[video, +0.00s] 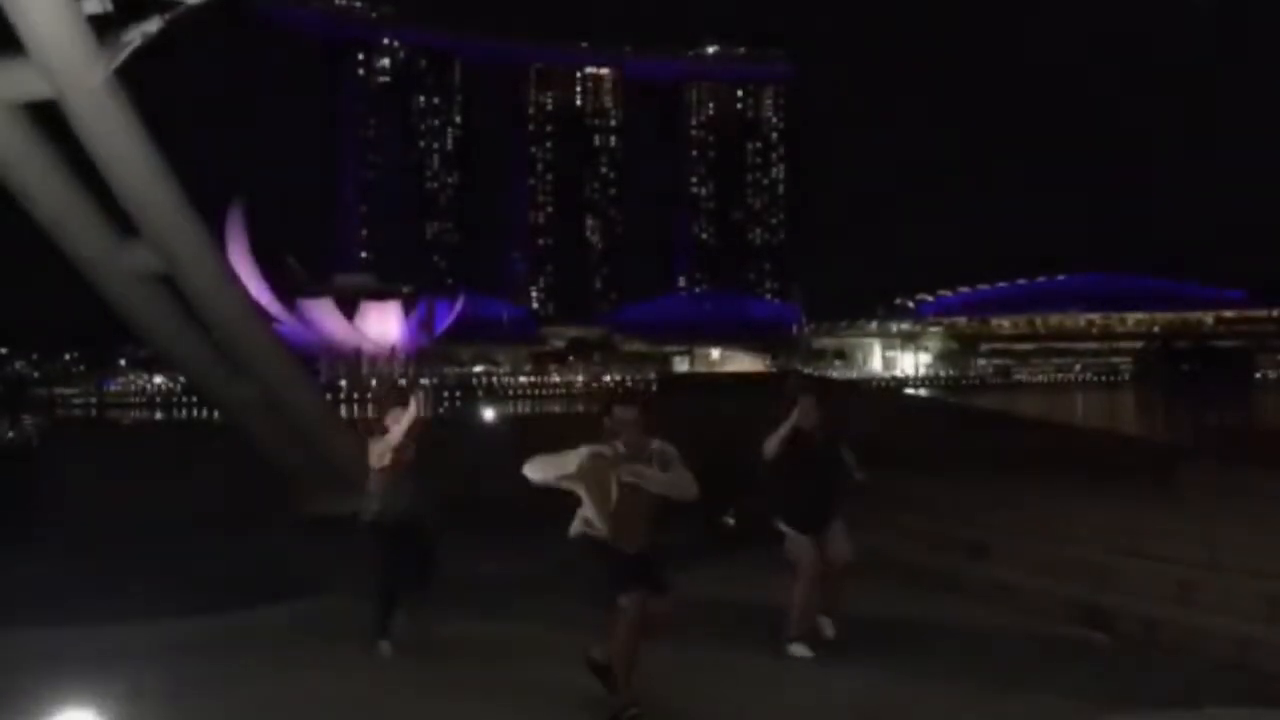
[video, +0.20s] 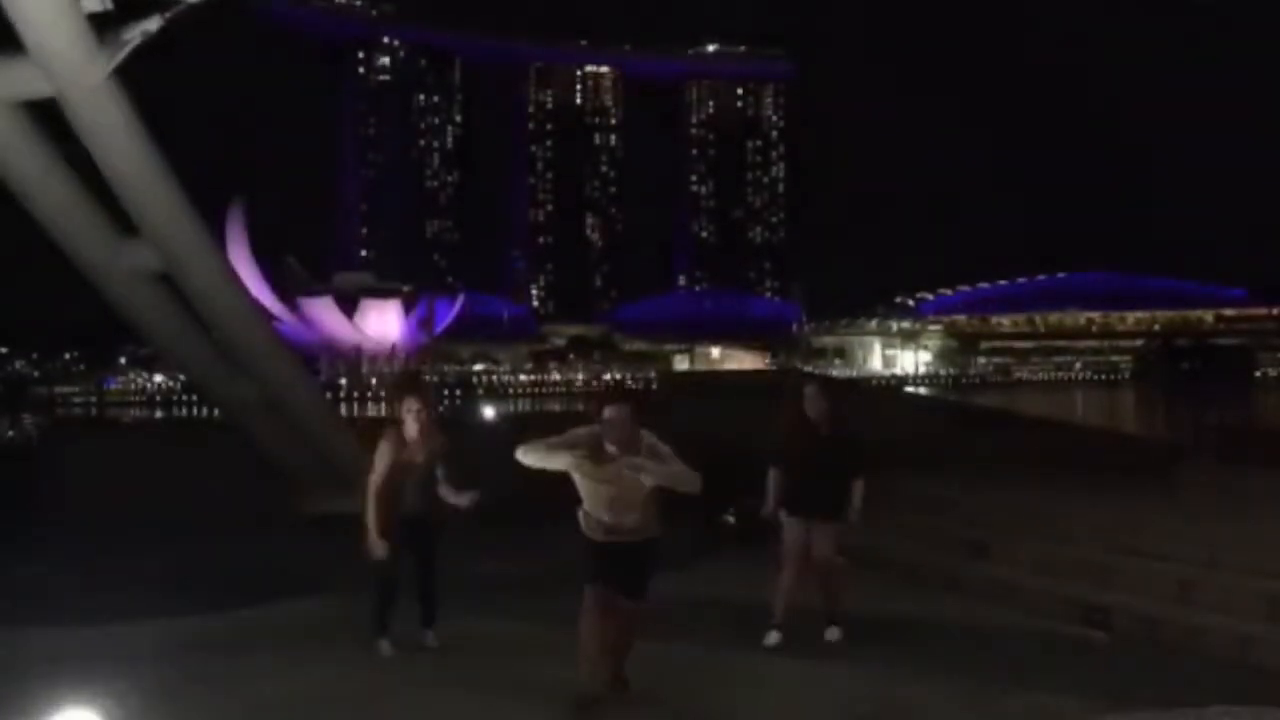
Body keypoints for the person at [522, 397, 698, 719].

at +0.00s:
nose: (628, 433)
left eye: (634, 425)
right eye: (621, 425)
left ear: (644, 426)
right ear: (609, 426)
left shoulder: (659, 453)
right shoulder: (594, 457)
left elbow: (688, 489)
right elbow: (532, 469)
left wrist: (639, 474)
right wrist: (578, 464)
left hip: (635, 545)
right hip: (595, 542)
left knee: (657, 605)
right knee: (630, 601)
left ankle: (605, 656)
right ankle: (624, 695)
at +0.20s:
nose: (613, 430)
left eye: (619, 424)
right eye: (607, 423)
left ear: (633, 426)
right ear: (600, 425)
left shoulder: (646, 445)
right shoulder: (584, 443)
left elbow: (693, 483)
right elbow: (523, 454)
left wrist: (648, 470)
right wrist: (570, 458)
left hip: (639, 537)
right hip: (597, 537)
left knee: (629, 610)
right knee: (596, 605)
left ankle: (618, 675)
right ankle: (591, 683)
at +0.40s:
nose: (600, 431)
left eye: (609, 425)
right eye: (597, 424)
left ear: (625, 429)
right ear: (592, 425)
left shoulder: (641, 462)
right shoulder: (582, 452)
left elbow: (693, 480)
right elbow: (520, 453)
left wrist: (635, 472)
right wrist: (566, 466)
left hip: (637, 539)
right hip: (596, 535)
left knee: (605, 598)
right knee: (563, 579)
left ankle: (616, 675)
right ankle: (559, 668)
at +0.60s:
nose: (587, 423)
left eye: (593, 416)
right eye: (582, 416)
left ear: (611, 412)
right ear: (578, 414)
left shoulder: (635, 435)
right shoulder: (573, 440)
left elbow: (685, 458)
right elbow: (536, 484)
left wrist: (630, 461)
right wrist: (574, 466)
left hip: (640, 516)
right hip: (599, 519)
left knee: (605, 558)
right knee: (589, 574)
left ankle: (602, 661)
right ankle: (618, 646)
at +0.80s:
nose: (579, 434)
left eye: (584, 427)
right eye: (574, 428)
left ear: (602, 423)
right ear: (571, 426)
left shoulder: (627, 443)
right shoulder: (569, 452)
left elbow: (687, 455)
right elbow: (536, 499)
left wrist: (638, 465)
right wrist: (577, 476)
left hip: (646, 512)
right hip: (609, 519)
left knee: (612, 544)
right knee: (607, 577)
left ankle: (591, 633)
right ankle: (628, 645)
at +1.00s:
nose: (597, 394)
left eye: (604, 386)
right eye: (592, 387)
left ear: (618, 390)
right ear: (585, 392)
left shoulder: (641, 419)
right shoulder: (579, 421)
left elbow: (700, 426)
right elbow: (523, 446)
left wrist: (651, 440)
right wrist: (574, 448)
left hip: (642, 509)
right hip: (602, 516)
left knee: (631, 564)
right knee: (603, 584)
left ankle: (630, 651)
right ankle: (620, 642)